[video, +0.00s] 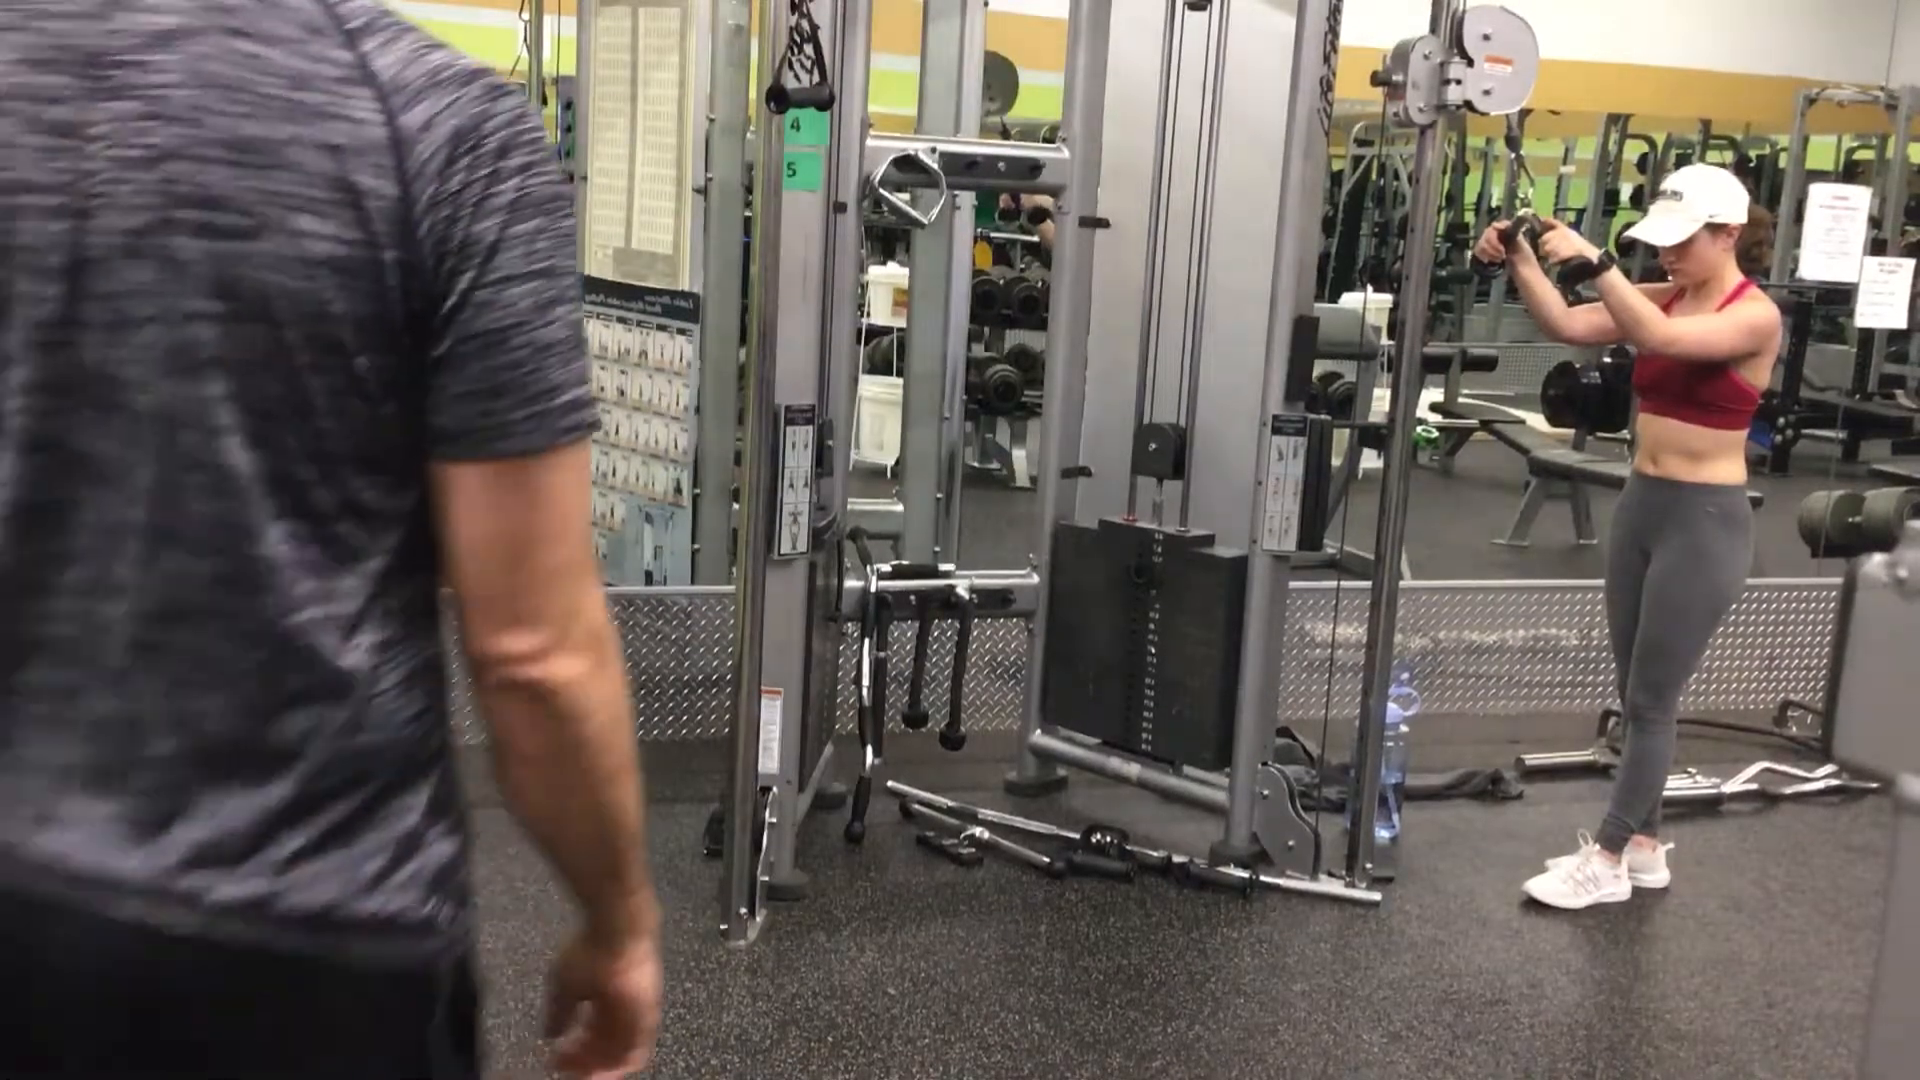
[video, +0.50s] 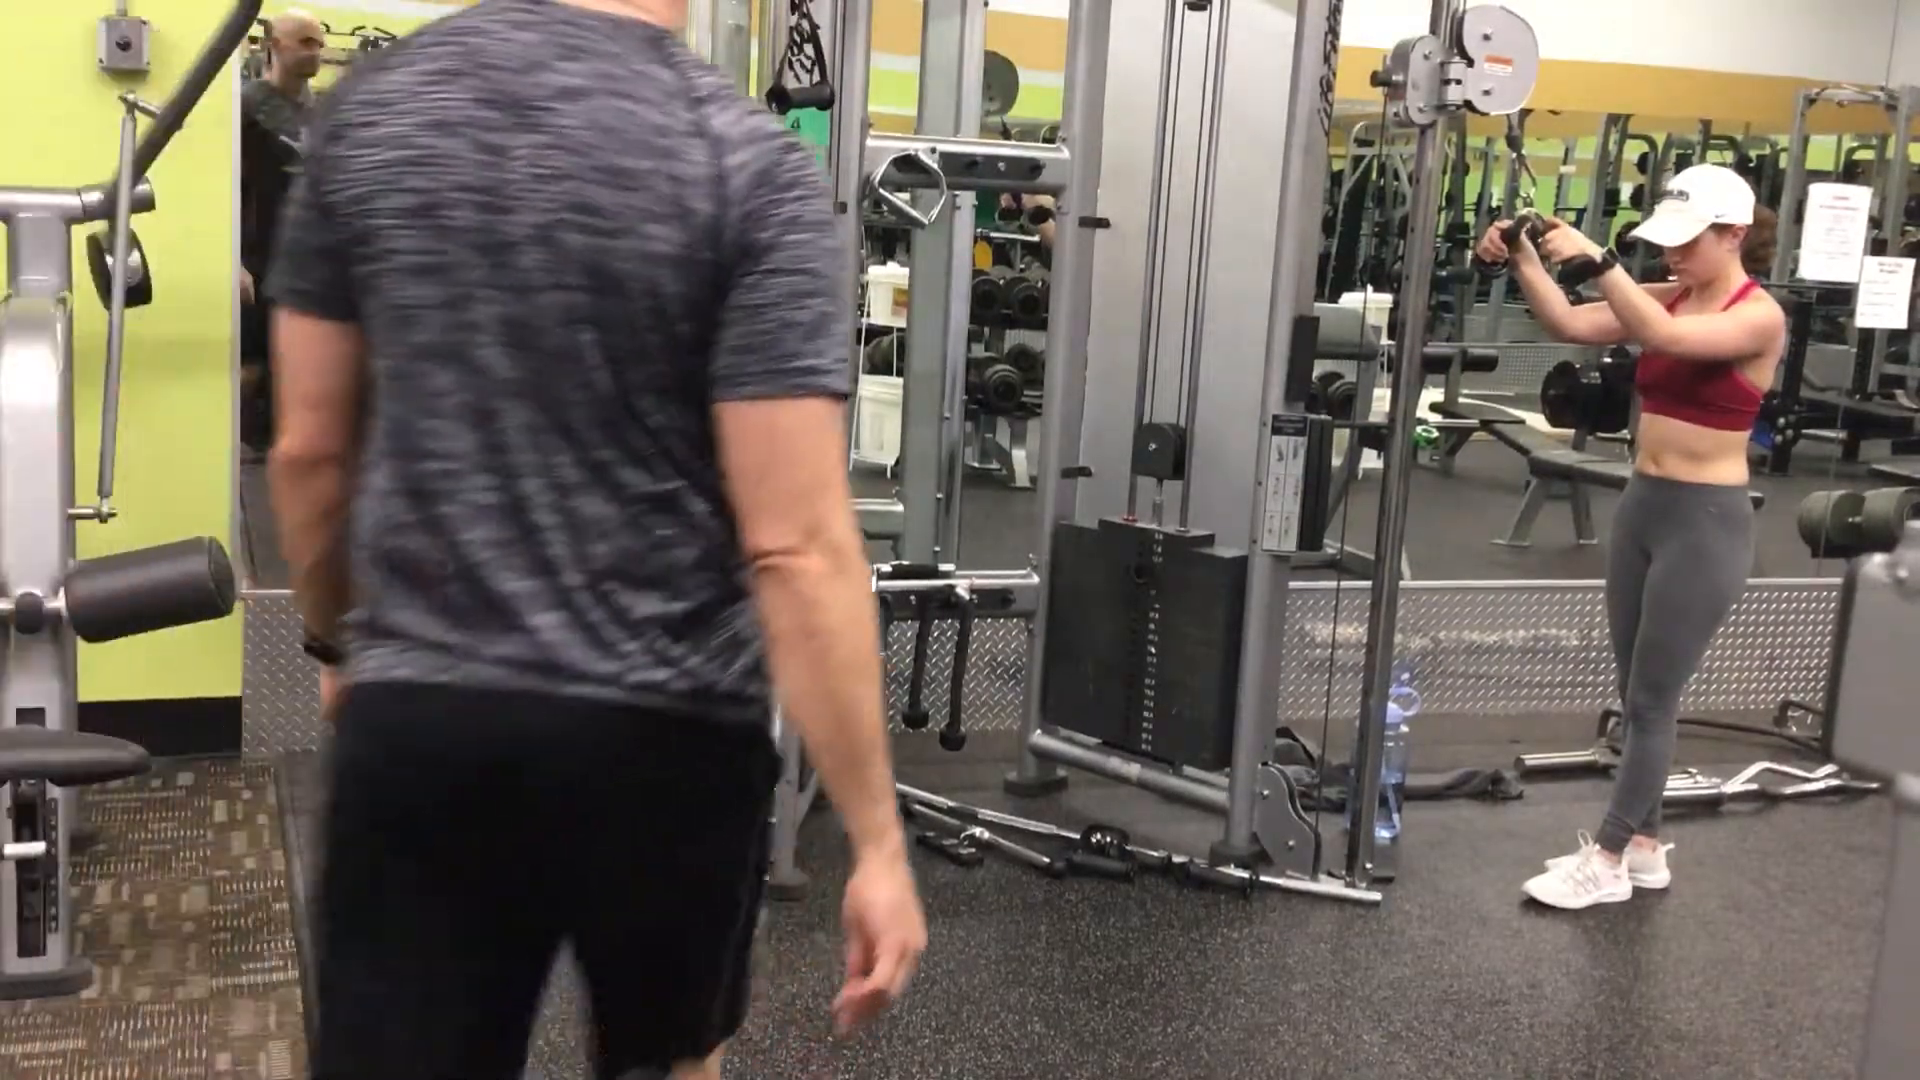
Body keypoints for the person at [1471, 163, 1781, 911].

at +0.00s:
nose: (1665, 254)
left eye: (1679, 240)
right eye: (1661, 241)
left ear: (1728, 235)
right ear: (1663, 240)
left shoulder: (1757, 315)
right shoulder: (1663, 299)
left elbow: (1660, 335)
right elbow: (1566, 324)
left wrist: (1592, 261)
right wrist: (1519, 258)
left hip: (1705, 522)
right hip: (1639, 508)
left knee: (1651, 700)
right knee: (1637, 691)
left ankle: (1607, 858)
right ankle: (1644, 844)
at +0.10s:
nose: (1666, 254)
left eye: (1680, 240)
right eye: (1662, 242)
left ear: (1729, 235)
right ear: (1665, 241)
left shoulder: (1758, 315)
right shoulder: (1666, 300)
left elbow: (1661, 335)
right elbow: (1566, 323)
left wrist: (1594, 261)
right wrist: (1518, 258)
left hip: (1706, 522)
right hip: (1639, 508)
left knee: (1651, 700)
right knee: (1638, 691)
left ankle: (1606, 859)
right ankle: (1645, 844)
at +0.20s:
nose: (1668, 255)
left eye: (1681, 241)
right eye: (1663, 242)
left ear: (1731, 235)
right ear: (1665, 241)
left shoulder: (1759, 316)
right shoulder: (1666, 299)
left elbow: (1662, 335)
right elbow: (1568, 323)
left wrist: (1595, 261)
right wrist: (1520, 258)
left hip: (1706, 523)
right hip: (1639, 509)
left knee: (1651, 700)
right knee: (1638, 692)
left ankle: (1606, 859)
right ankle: (1644, 845)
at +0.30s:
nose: (1669, 255)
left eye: (1682, 241)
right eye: (1664, 243)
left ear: (1732, 236)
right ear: (1667, 241)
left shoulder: (1760, 316)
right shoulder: (1667, 299)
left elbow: (1663, 335)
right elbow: (1569, 323)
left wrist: (1595, 260)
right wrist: (1521, 258)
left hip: (1706, 523)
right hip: (1639, 509)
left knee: (1651, 700)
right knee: (1638, 692)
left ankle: (1606, 859)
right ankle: (1644, 844)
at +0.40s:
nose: (1669, 255)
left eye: (1683, 241)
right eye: (1666, 242)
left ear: (1732, 236)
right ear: (1669, 241)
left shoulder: (1761, 315)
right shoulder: (1669, 299)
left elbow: (1665, 334)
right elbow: (1570, 323)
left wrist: (1596, 261)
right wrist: (1521, 258)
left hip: (1706, 523)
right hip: (1640, 509)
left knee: (1651, 700)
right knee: (1638, 692)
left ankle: (1606, 859)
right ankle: (1645, 844)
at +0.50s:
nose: (1670, 255)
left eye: (1684, 241)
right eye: (1666, 242)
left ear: (1733, 236)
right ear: (1670, 241)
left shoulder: (1762, 316)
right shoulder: (1669, 299)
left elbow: (1664, 334)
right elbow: (1570, 323)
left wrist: (1596, 261)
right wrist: (1521, 258)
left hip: (1707, 523)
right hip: (1640, 509)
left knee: (1651, 699)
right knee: (1638, 692)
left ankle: (1607, 860)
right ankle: (1645, 845)